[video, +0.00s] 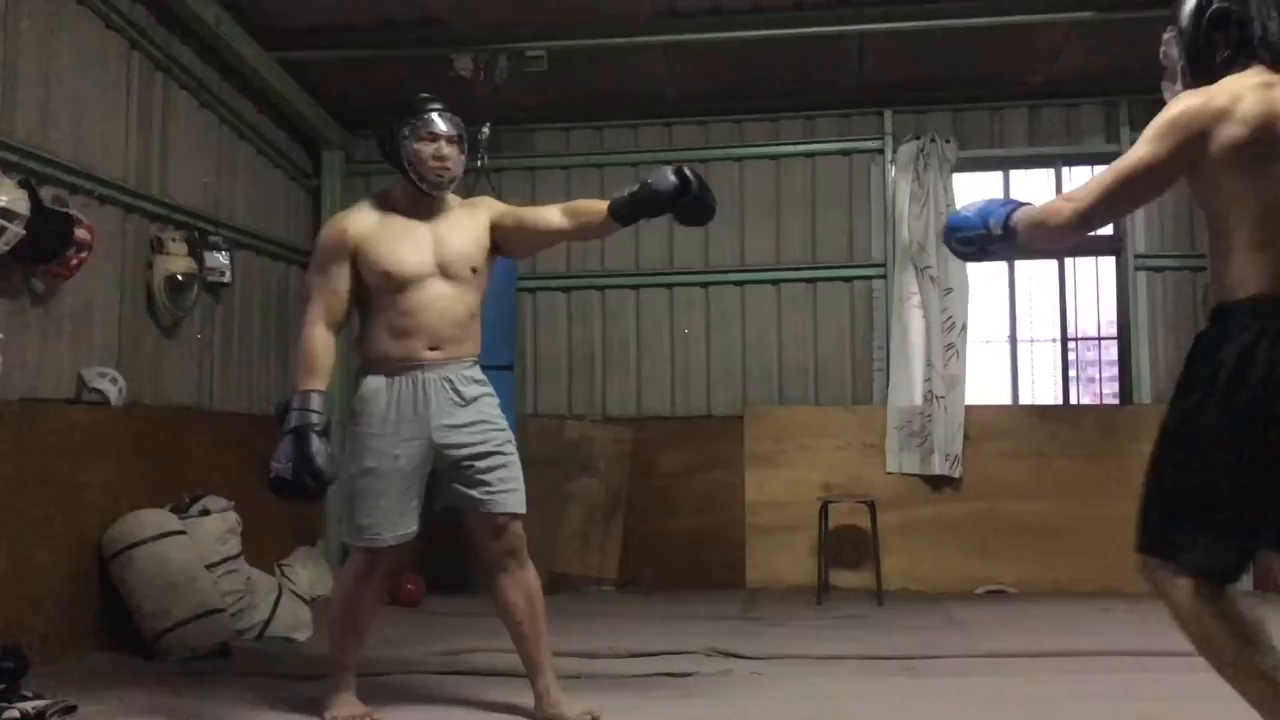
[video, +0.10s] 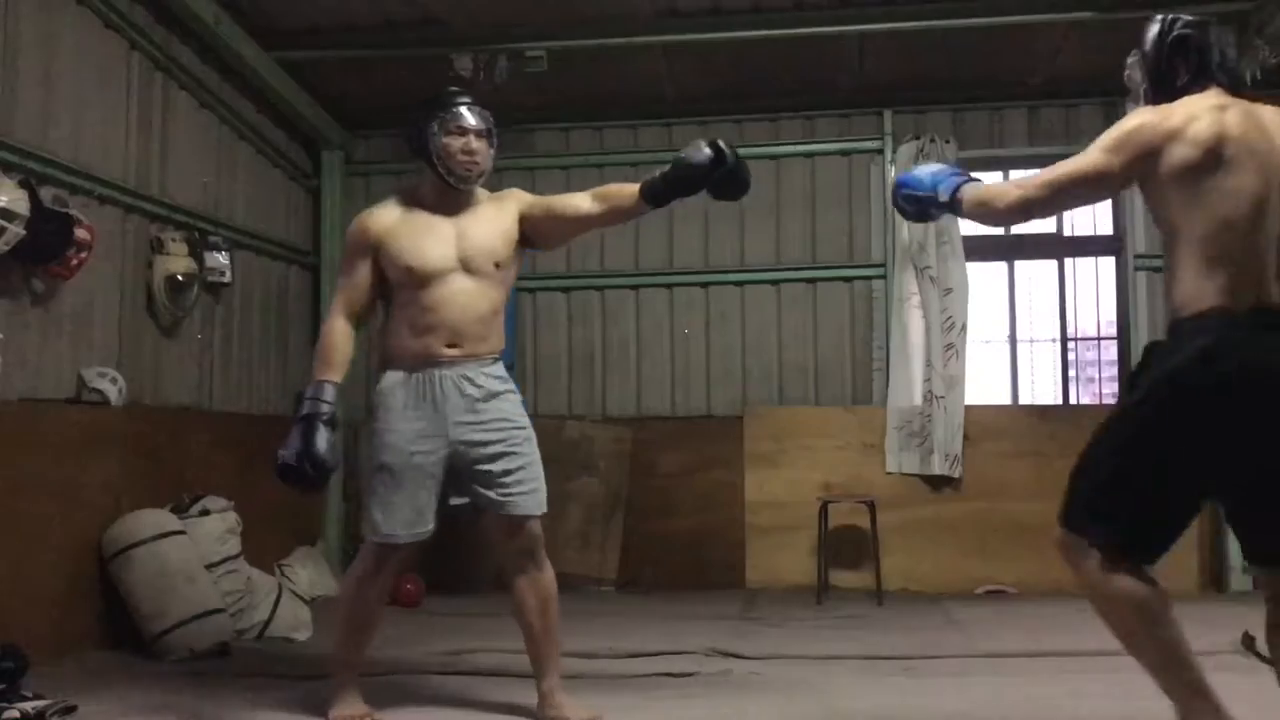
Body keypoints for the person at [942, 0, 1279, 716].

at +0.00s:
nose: (1170, 82)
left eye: (1174, 67)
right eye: (1168, 70)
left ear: (1202, 53)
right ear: (1257, 43)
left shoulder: (1207, 109)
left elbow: (1072, 218)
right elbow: (1082, 218)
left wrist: (1003, 223)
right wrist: (1014, 230)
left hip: (1250, 342)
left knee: (1175, 562)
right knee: (1273, 563)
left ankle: (1273, 699)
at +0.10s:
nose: (1134, 96)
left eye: (1137, 84)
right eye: (1132, 86)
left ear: (1163, 74)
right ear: (1224, 67)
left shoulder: (1162, 125)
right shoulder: (1276, 122)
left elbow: (1014, 203)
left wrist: (946, 189)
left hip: (1208, 357)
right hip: (1279, 357)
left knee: (1089, 540)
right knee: (1275, 568)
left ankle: (1201, 710)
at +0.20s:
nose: (1082, 97)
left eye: (1086, 85)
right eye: (1082, 85)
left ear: (1115, 79)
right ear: (1171, 74)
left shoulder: (1107, 123)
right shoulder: (1261, 135)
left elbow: (953, 178)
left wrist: (897, 159)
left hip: (1153, 350)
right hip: (1257, 353)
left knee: (1063, 533)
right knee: (1265, 561)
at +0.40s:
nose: (1018, 130)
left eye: (1020, 119)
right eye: (1018, 120)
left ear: (1047, 110)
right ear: (1096, 110)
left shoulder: (1030, 154)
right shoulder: (1177, 178)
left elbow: (908, 205)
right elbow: (1222, 297)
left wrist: (850, 186)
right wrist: (1137, 315)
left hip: (1061, 377)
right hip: (1159, 379)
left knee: (986, 549)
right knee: (1195, 556)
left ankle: (1012, 714)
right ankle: (1264, 702)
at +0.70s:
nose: (1006, 141)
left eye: (1008, 129)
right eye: (1004, 130)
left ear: (1037, 119)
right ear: (1078, 119)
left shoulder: (1027, 163)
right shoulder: (1152, 184)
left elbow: (951, 264)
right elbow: (1196, 297)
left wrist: (878, 331)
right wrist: (1117, 318)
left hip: (1061, 364)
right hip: (1144, 367)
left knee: (998, 558)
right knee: (1158, 537)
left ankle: (1016, 713)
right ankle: (1207, 693)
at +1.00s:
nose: (1012, 138)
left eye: (1016, 122)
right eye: (1010, 124)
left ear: (1047, 114)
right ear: (1083, 116)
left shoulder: (1066, 156)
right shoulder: (1141, 182)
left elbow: (1061, 230)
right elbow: (1175, 291)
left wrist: (979, 290)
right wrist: (1071, 307)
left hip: (1078, 370)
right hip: (1150, 370)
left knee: (1001, 525)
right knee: (1166, 538)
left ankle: (1023, 704)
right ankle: (1219, 696)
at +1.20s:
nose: (989, 150)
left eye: (993, 133)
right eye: (989, 134)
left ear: (1022, 128)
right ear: (1058, 128)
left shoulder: (1047, 174)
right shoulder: (1110, 186)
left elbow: (1028, 281)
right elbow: (1086, 300)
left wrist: (942, 311)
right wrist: (995, 305)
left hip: (1068, 377)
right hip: (1132, 376)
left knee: (1004, 544)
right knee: (1147, 544)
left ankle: (981, 708)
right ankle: (1216, 696)